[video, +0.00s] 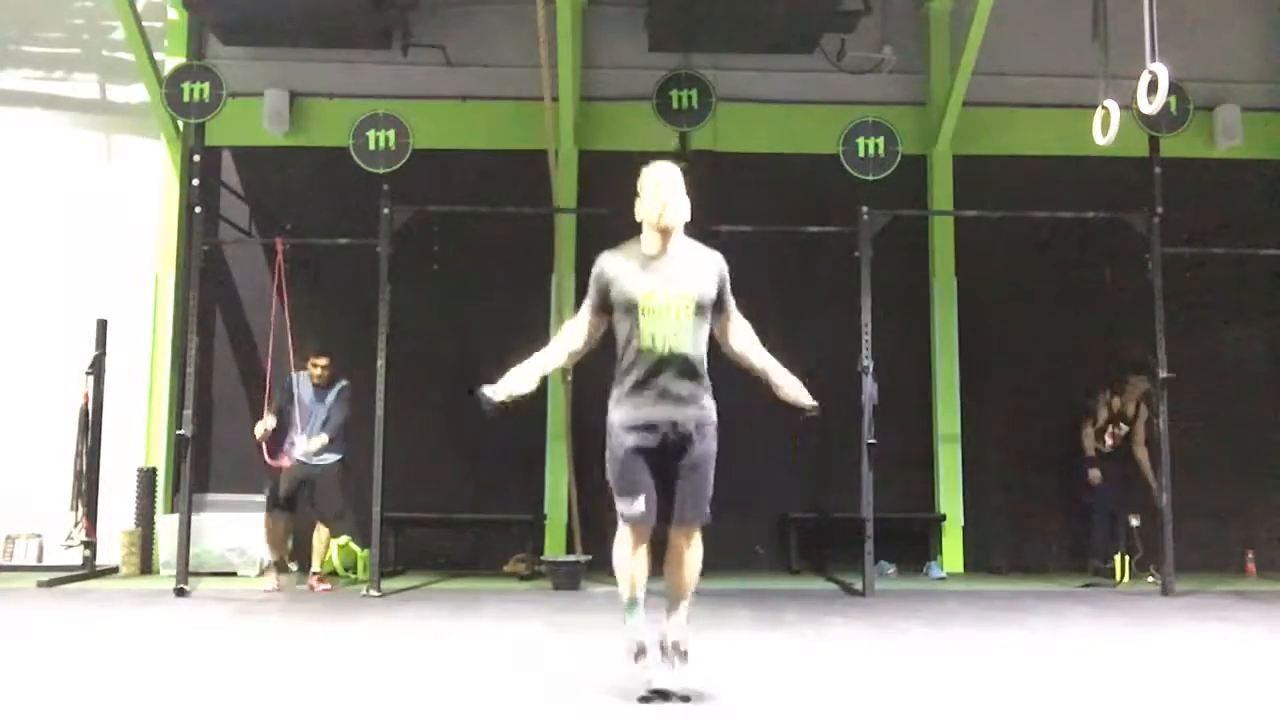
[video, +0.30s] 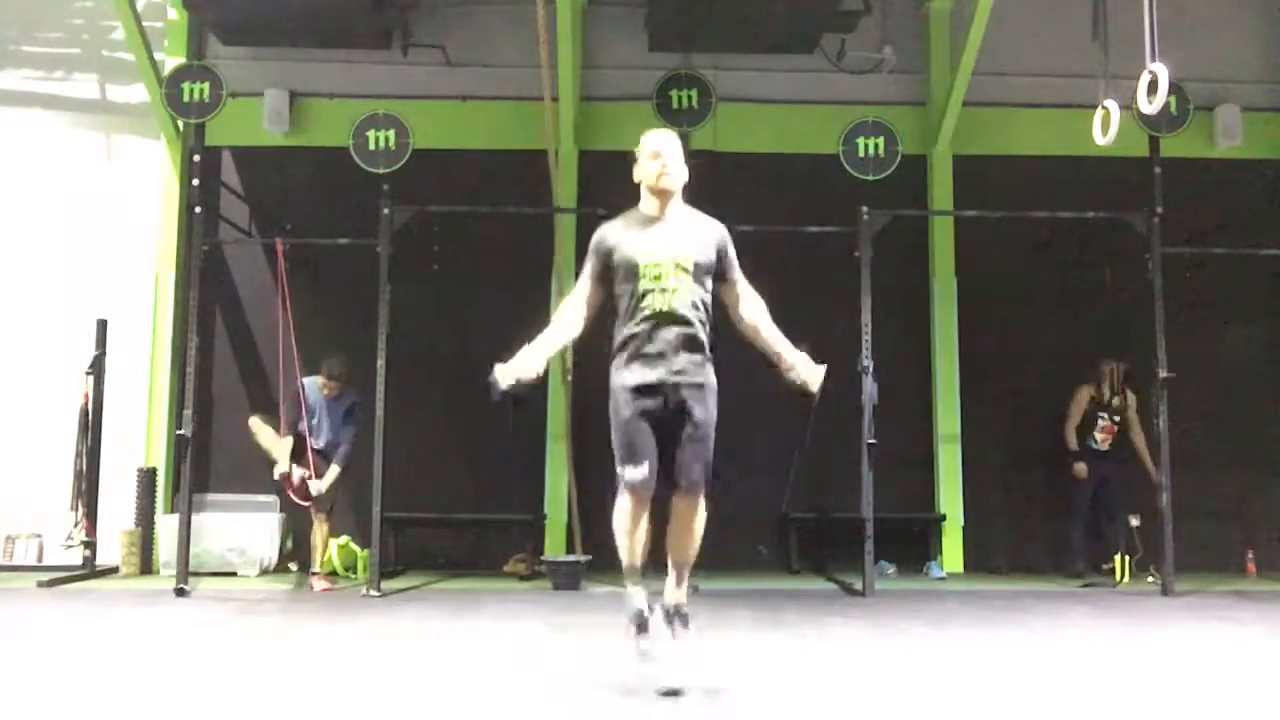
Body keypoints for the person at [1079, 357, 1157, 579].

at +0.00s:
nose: (1139, 387)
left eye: (1143, 382)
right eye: (1135, 381)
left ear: (1146, 386)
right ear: (1127, 382)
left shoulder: (1140, 409)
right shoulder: (1108, 400)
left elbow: (1139, 446)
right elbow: (1088, 428)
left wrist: (1154, 484)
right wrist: (1091, 462)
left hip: (1116, 460)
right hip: (1095, 457)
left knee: (1118, 508)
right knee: (1100, 506)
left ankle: (1115, 558)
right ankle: (1097, 559)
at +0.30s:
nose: (1111, 376)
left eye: (1116, 371)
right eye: (1107, 370)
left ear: (1121, 373)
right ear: (1100, 372)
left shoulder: (1127, 398)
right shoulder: (1086, 393)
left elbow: (1136, 434)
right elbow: (1070, 426)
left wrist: (1152, 470)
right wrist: (1076, 458)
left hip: (1110, 463)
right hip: (1086, 462)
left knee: (1111, 512)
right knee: (1081, 512)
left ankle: (1111, 560)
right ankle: (1079, 562)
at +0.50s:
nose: (1092, 370)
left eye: (1095, 364)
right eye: (1088, 365)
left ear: (1100, 365)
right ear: (1079, 366)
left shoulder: (1112, 393)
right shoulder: (1068, 390)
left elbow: (1123, 427)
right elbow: (1056, 425)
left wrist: (1136, 460)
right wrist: (1063, 458)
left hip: (1103, 462)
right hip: (1076, 462)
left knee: (1110, 509)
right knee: (1073, 512)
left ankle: (1114, 560)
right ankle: (1076, 562)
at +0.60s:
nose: (1076, 363)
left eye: (1080, 358)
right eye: (1072, 359)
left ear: (1089, 362)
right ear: (1067, 364)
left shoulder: (1105, 389)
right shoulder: (1058, 390)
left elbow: (1116, 425)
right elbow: (1049, 425)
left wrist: (1124, 457)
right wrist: (1053, 456)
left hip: (1097, 458)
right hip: (1069, 459)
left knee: (1104, 506)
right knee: (1071, 509)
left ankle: (1109, 559)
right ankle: (1076, 562)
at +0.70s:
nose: (1068, 360)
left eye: (1073, 355)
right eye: (1065, 355)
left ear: (1083, 358)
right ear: (1061, 359)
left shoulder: (1099, 387)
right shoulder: (1051, 389)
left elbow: (1108, 422)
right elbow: (1042, 422)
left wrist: (1113, 454)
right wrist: (1042, 453)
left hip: (1093, 457)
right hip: (1064, 457)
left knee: (1096, 507)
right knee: (1068, 509)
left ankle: (1100, 557)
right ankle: (1073, 561)